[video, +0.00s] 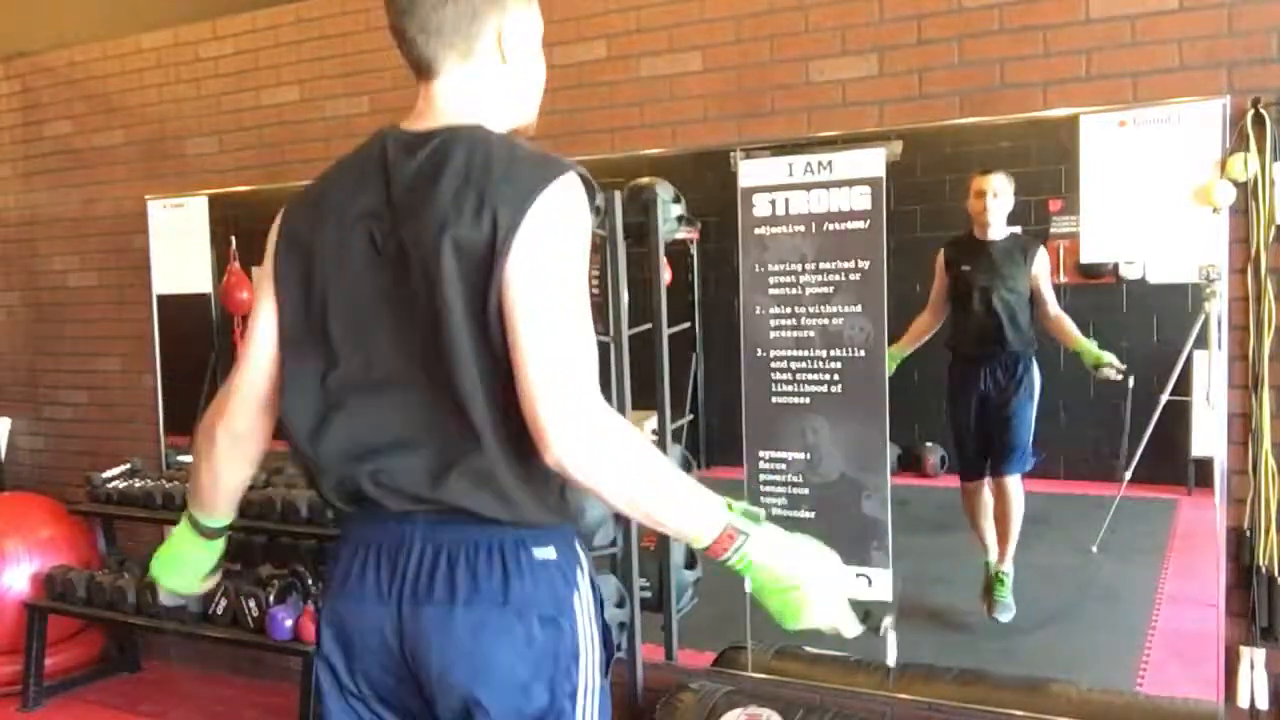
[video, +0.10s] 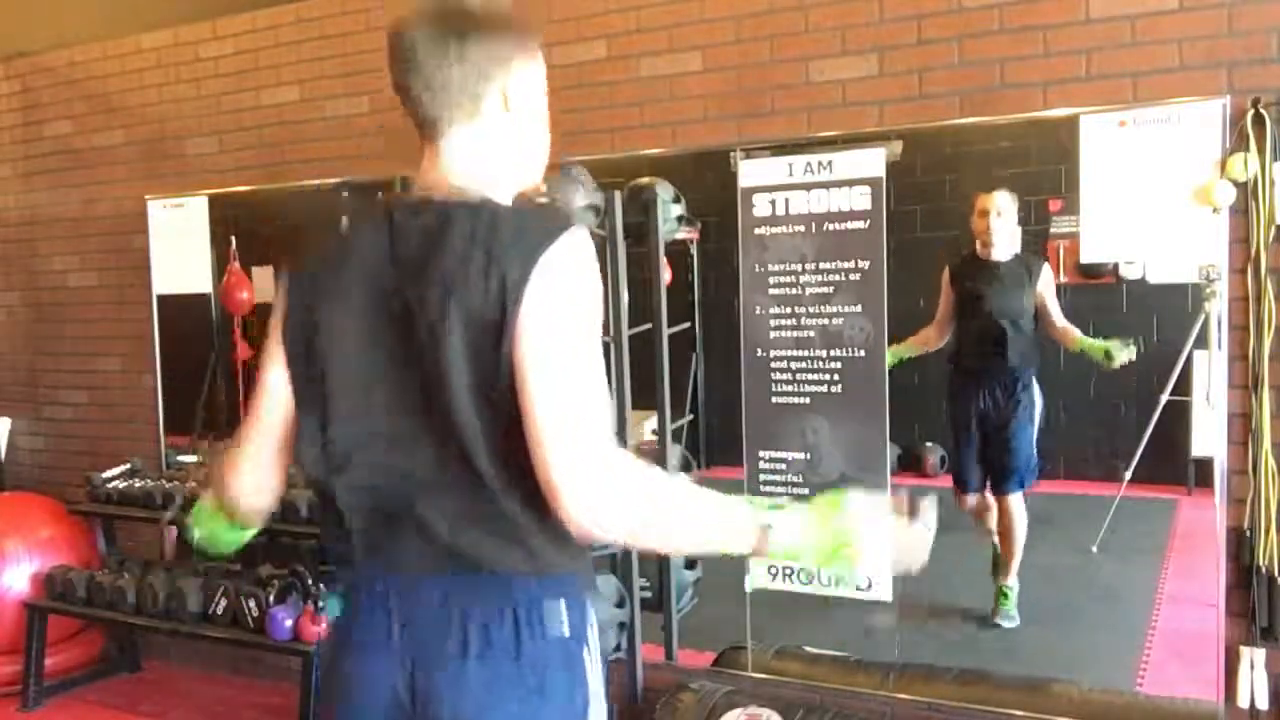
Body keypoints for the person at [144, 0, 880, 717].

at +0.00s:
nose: (544, 63)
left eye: (540, 40)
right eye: (539, 38)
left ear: (412, 51)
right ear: (510, 40)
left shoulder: (311, 208)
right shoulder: (537, 187)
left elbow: (244, 408)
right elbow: (570, 430)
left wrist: (203, 526)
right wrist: (744, 541)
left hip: (362, 578)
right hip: (513, 585)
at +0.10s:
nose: (551, 120)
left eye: (545, 92)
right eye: (545, 91)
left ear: (413, 106)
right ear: (516, 93)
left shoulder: (322, 269)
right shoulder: (543, 251)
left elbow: (246, 488)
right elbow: (589, 492)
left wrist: (222, 500)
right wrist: (793, 527)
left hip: (371, 623)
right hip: (520, 625)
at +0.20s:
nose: (549, 141)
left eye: (542, 117)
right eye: (541, 118)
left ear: (418, 134)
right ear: (508, 128)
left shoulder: (320, 301)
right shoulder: (556, 282)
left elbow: (242, 505)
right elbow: (633, 513)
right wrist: (824, 508)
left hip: (366, 671)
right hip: (519, 678)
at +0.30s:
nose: (548, 68)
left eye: (545, 43)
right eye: (543, 43)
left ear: (415, 56)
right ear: (515, 42)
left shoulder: (323, 220)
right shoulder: (554, 187)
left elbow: (227, 442)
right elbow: (637, 413)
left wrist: (204, 527)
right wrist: (818, 510)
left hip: (352, 599)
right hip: (501, 607)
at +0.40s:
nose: (548, 54)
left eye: (542, 37)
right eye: (543, 37)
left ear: (413, 51)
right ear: (519, 40)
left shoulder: (324, 208)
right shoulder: (552, 175)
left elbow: (219, 393)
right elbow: (659, 399)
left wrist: (119, 538)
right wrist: (822, 557)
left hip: (352, 575)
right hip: (503, 590)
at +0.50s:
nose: (555, 138)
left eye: (545, 119)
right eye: (551, 118)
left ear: (409, 132)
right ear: (528, 121)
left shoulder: (323, 280)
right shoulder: (566, 258)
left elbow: (192, 426)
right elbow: (711, 434)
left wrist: (56, 505)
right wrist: (888, 587)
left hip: (350, 650)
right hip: (512, 653)